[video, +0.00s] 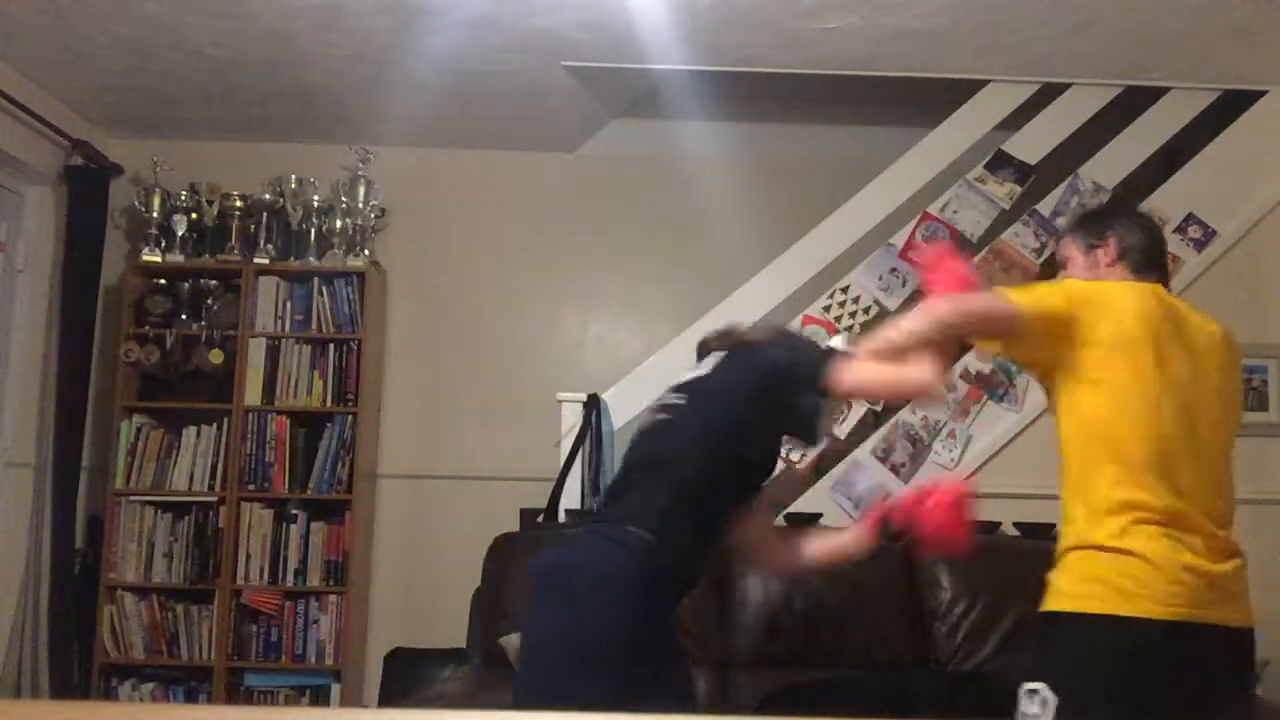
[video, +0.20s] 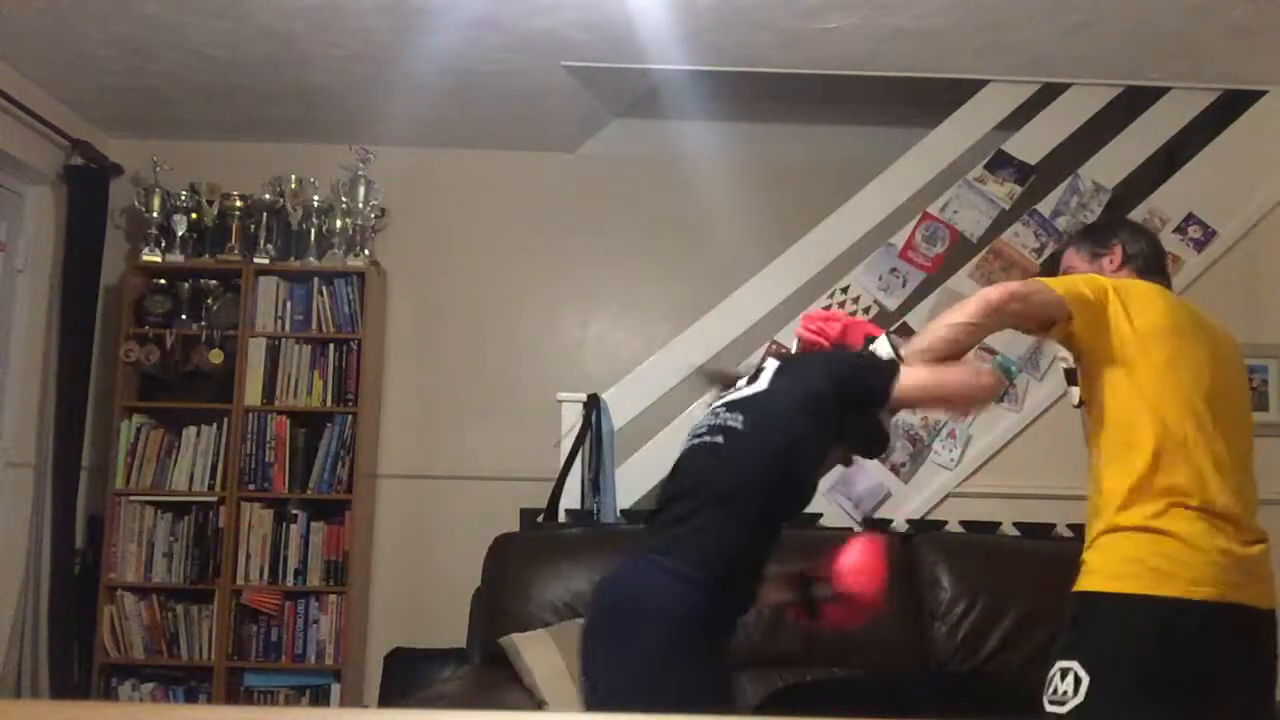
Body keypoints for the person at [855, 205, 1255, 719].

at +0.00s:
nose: (1062, 281)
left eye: (1066, 264)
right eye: (1061, 268)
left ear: (1108, 251)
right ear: (1164, 270)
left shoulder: (1092, 303)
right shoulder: (1220, 341)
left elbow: (946, 311)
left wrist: (862, 352)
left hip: (1109, 619)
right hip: (1220, 633)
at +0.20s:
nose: (1066, 289)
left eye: (1073, 276)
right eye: (1065, 280)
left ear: (1113, 261)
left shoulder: (1113, 299)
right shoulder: (1223, 342)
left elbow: (999, 298)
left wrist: (904, 365)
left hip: (1142, 592)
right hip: (1245, 610)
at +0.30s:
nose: (1060, 293)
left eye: (1068, 276)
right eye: (1059, 281)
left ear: (1116, 265)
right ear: (1118, 268)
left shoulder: (1145, 306)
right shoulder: (1210, 346)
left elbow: (998, 309)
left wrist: (893, 362)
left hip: (1171, 603)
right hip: (1249, 613)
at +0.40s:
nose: (1061, 286)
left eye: (1075, 266)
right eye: (1057, 278)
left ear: (1133, 258)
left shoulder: (1170, 308)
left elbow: (1029, 365)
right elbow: (1076, 481)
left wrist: (906, 378)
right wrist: (934, 482)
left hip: (1214, 597)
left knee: (1149, 707)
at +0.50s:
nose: (1085, 267)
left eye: (1100, 245)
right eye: (1078, 255)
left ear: (1159, 242)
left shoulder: (1191, 306)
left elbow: (1052, 393)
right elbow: (1149, 499)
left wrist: (930, 398)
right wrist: (1102, 423)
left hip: (1238, 587)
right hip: (1198, 594)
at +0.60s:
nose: (1106, 259)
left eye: (1123, 236)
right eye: (1096, 245)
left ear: (1183, 229)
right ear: (1088, 252)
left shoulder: (1213, 302)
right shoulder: (1157, 337)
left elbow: (1060, 402)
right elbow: (1119, 474)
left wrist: (978, 389)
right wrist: (1088, 357)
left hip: (1248, 586)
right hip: (1185, 602)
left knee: (1233, 704)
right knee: (1185, 707)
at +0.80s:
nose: (1159, 264)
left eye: (1178, 237)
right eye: (1145, 245)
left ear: (1244, 218)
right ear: (1133, 249)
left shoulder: (1267, 331)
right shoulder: (1196, 327)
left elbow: (1201, 508)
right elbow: (1142, 469)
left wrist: (1051, 426)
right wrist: (1141, 336)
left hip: (1247, 657)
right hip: (1191, 647)